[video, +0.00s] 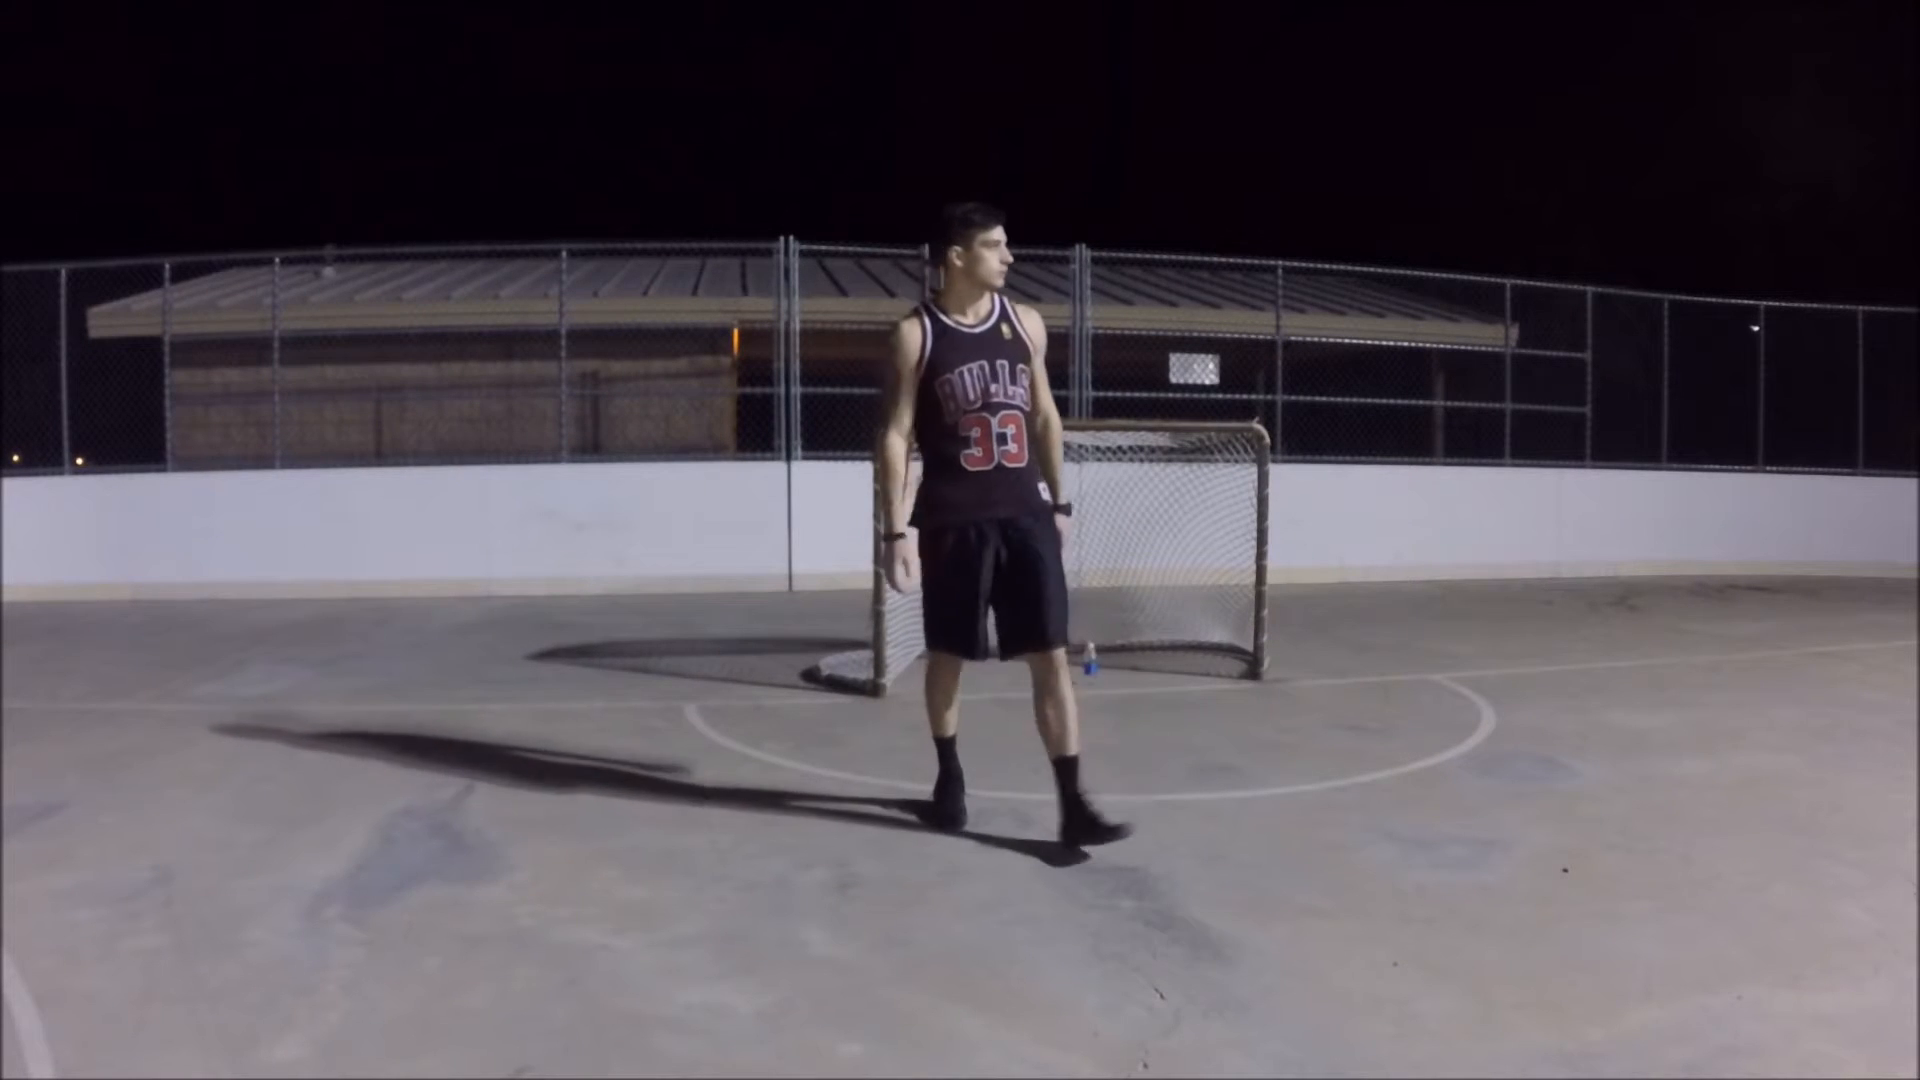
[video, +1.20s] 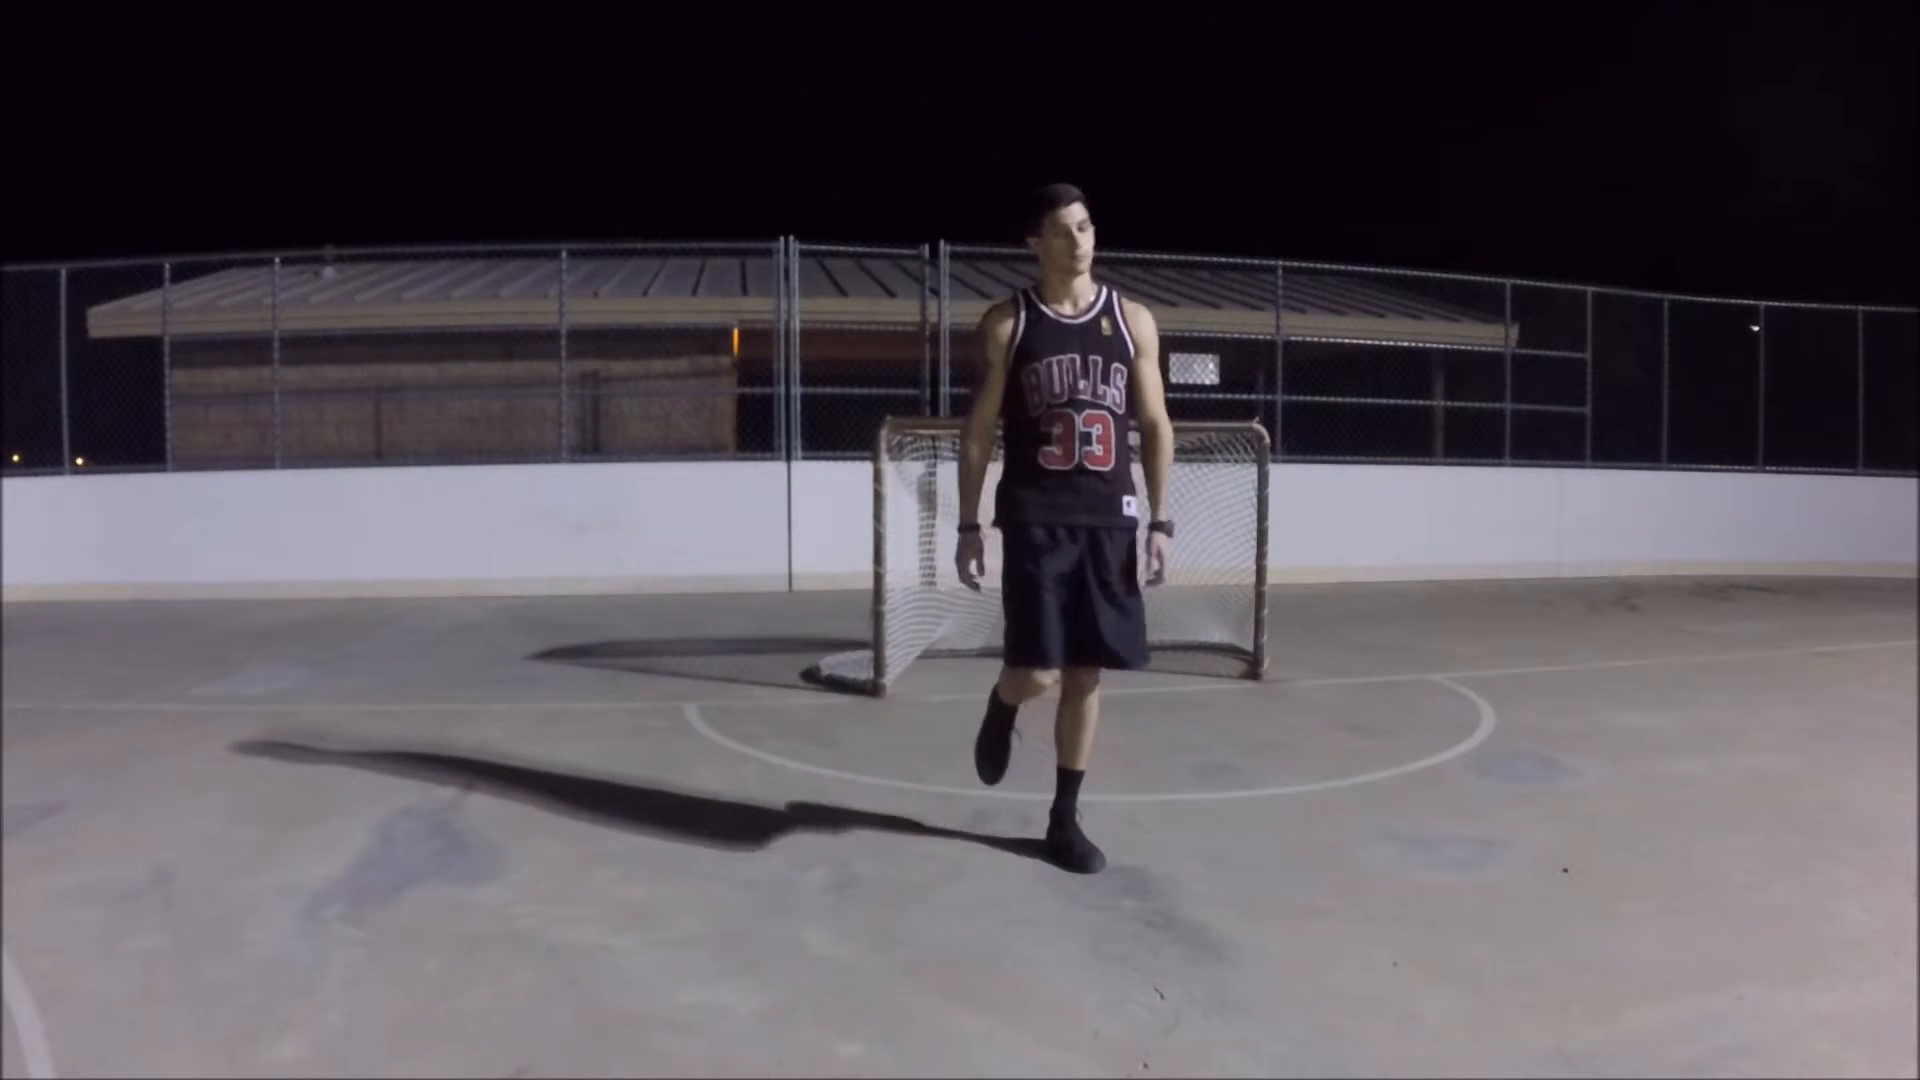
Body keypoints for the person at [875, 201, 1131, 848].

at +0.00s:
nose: (1007, 256)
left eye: (1006, 245)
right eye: (994, 246)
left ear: (994, 255)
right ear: (955, 257)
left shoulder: (1026, 322)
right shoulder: (917, 334)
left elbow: (1045, 413)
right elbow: (896, 433)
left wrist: (1059, 500)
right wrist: (895, 527)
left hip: (1025, 513)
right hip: (953, 519)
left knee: (1051, 654)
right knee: (946, 655)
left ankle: (1074, 805)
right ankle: (949, 778)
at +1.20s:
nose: (1079, 238)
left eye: (1085, 227)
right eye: (1065, 230)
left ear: (1096, 236)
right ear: (1036, 243)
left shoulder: (1134, 321)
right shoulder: (1009, 323)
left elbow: (1157, 425)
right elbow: (980, 428)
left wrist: (1158, 519)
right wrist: (970, 523)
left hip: (1110, 522)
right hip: (1035, 521)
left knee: (1086, 674)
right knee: (1037, 673)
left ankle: (1065, 821)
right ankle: (1003, 704)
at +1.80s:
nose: (998, 234)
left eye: (1008, 221)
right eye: (988, 227)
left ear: (1034, 231)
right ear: (977, 242)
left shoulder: (1081, 318)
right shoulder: (957, 319)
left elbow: (1108, 426)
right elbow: (937, 419)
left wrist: (1097, 521)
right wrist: (943, 500)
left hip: (1052, 524)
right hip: (975, 523)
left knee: (1060, 671)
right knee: (962, 668)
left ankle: (1062, 819)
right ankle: (951, 808)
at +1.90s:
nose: (977, 235)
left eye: (989, 222)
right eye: (968, 226)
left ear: (1016, 233)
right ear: (958, 241)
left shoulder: (1060, 315)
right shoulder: (945, 317)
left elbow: (1085, 423)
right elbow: (923, 416)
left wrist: (1067, 519)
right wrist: (923, 502)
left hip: (1032, 525)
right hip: (956, 523)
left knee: (1047, 672)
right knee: (950, 667)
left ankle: (1060, 818)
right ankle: (949, 809)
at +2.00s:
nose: (957, 239)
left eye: (969, 227)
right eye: (949, 230)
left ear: (998, 237)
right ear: (941, 245)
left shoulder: (1039, 314)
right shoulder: (935, 321)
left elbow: (1062, 423)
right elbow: (915, 420)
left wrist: (1034, 520)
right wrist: (903, 505)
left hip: (1013, 518)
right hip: (943, 517)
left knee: (1032, 670)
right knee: (944, 667)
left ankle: (1053, 810)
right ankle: (949, 813)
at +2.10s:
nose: (941, 244)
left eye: (953, 231)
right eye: (933, 235)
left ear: (982, 240)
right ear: (925, 249)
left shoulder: (1023, 311)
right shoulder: (928, 325)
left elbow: (1042, 419)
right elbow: (913, 425)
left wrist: (1007, 513)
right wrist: (883, 515)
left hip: (1007, 508)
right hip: (941, 507)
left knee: (1014, 663)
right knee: (942, 665)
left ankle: (1038, 803)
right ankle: (950, 809)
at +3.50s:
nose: (934, 272)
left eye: (942, 257)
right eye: (920, 261)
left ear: (963, 238)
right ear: (899, 247)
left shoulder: (995, 282)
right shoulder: (869, 286)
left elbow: (1090, 245)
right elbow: (770, 283)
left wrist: (1138, 169)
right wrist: (749, 203)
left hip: (955, 496)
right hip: (885, 498)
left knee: (902, 653)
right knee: (925, 656)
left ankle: (849, 778)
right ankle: (969, 807)